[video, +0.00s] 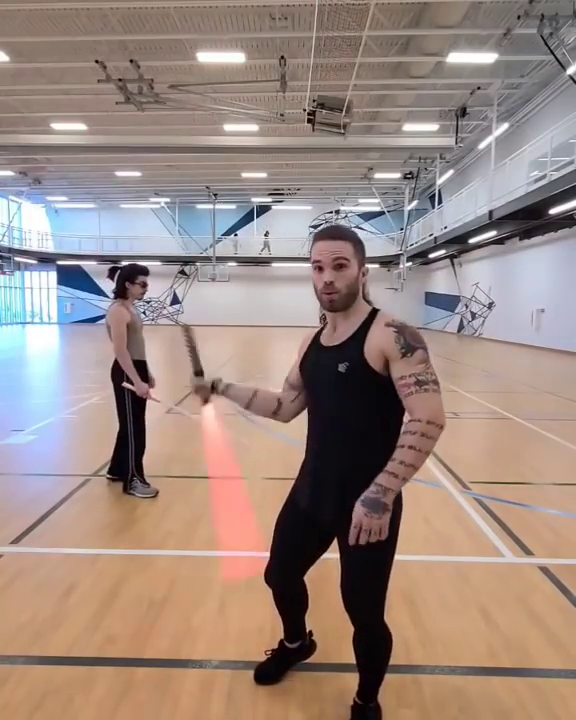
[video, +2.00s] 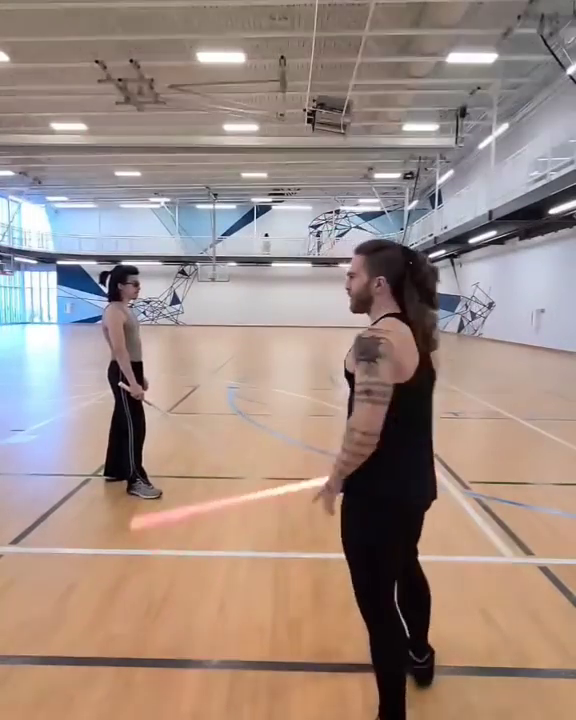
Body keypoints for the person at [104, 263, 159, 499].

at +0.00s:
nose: (145, 289)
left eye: (146, 285)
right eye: (141, 284)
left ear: (137, 287)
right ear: (127, 284)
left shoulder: (131, 310)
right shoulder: (118, 312)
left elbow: (136, 347)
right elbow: (120, 351)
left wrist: (147, 373)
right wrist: (136, 381)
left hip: (136, 369)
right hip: (125, 371)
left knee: (130, 425)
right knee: (134, 428)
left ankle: (117, 468)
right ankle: (133, 479)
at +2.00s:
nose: (137, 288)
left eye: (138, 284)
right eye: (133, 284)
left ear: (132, 287)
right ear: (119, 286)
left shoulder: (125, 310)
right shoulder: (114, 312)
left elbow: (132, 346)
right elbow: (119, 351)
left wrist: (141, 375)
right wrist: (132, 382)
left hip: (132, 369)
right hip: (123, 372)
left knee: (122, 422)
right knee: (136, 425)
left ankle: (114, 468)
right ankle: (136, 479)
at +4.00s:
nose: (140, 290)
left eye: (141, 286)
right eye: (136, 286)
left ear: (132, 289)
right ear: (123, 287)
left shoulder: (127, 311)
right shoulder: (115, 313)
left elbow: (134, 347)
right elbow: (120, 351)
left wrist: (144, 373)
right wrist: (133, 381)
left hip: (132, 369)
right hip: (124, 372)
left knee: (123, 422)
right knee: (137, 425)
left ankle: (114, 468)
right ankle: (135, 480)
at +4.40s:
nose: (140, 288)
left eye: (140, 284)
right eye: (135, 284)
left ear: (134, 287)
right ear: (122, 286)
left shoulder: (126, 310)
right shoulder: (115, 313)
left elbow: (133, 347)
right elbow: (120, 351)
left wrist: (143, 374)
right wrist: (133, 381)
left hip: (132, 369)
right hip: (124, 372)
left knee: (123, 422)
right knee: (137, 425)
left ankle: (115, 467)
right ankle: (135, 480)